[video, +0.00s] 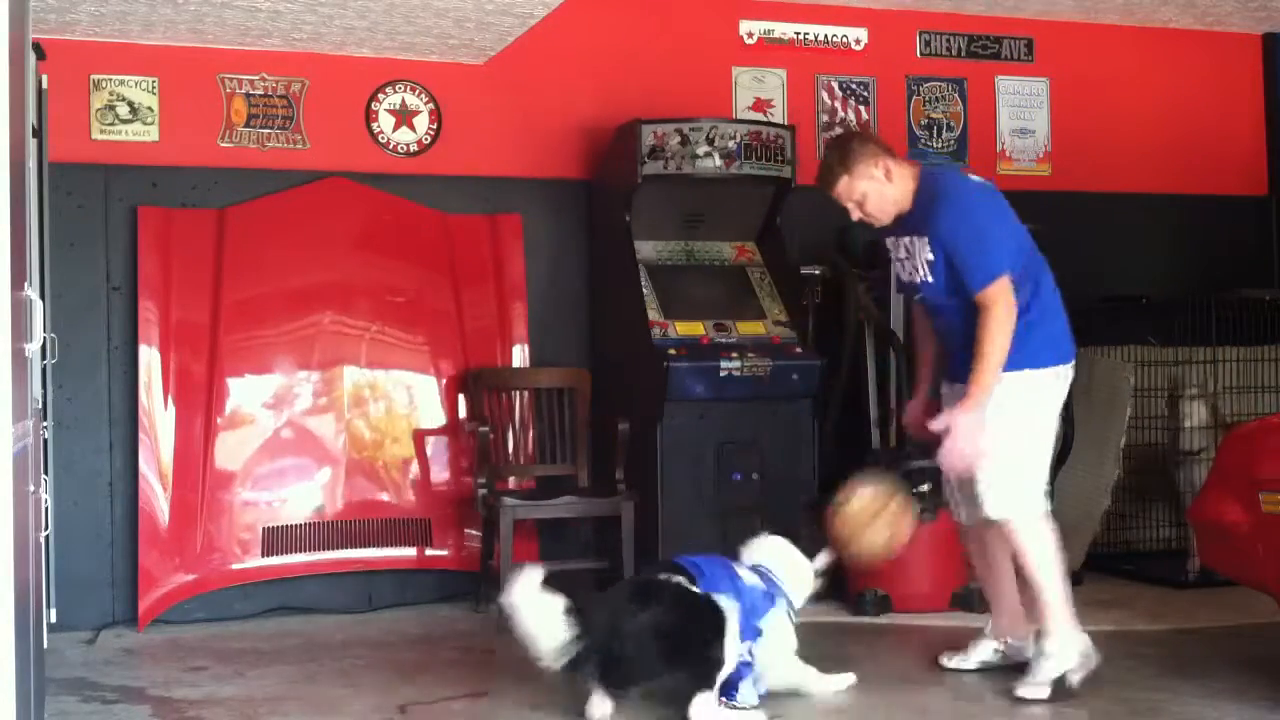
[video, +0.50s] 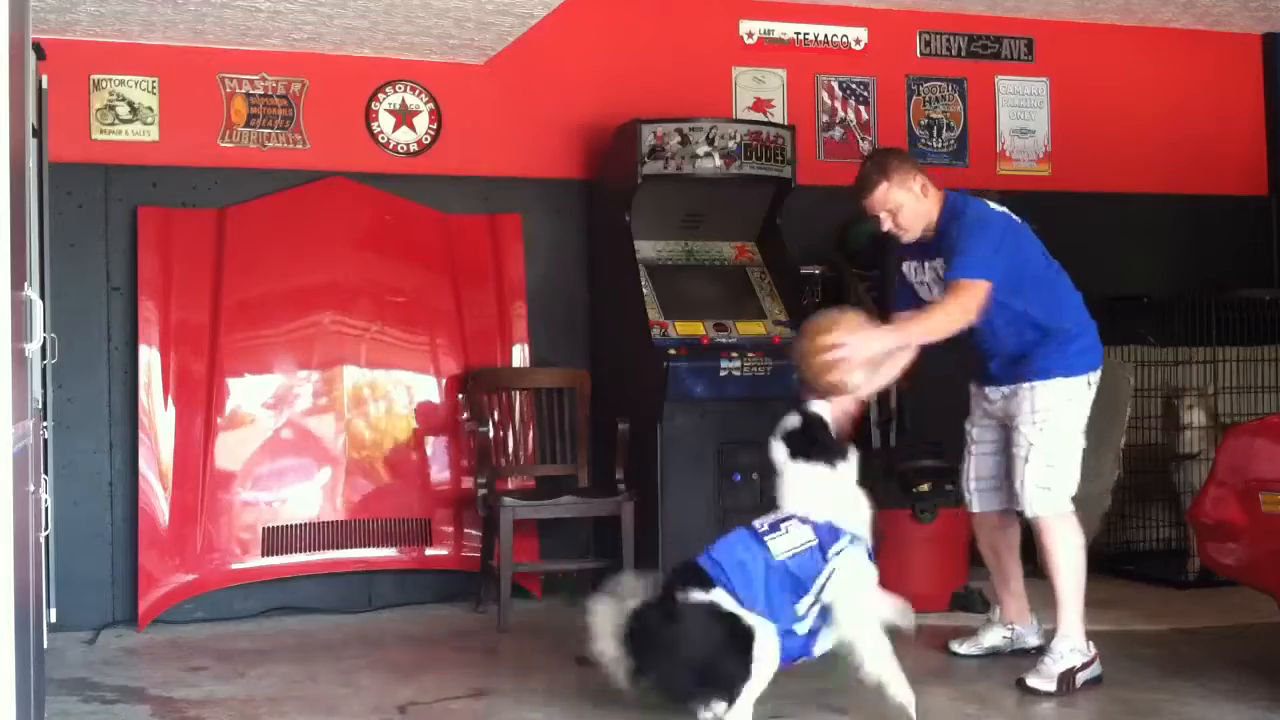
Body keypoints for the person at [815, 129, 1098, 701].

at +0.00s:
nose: (857, 216)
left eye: (857, 201)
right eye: (849, 208)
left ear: (883, 169)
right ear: (878, 175)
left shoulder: (957, 202)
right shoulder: (902, 219)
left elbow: (1000, 305)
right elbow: (928, 310)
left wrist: (973, 406)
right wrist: (924, 391)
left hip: (1028, 360)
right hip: (974, 365)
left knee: (1011, 494)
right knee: (970, 497)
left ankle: (1066, 640)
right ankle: (1010, 632)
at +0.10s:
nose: (865, 224)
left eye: (865, 209)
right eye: (856, 217)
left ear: (892, 177)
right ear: (890, 181)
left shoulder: (960, 224)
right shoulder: (918, 221)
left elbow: (1007, 328)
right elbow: (955, 322)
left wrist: (986, 420)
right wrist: (938, 396)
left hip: (1042, 365)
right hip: (984, 368)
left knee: (1047, 507)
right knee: (967, 491)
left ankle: (1077, 649)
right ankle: (1009, 620)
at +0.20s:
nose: (871, 231)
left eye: (872, 217)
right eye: (863, 224)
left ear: (901, 186)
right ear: (895, 192)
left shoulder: (979, 230)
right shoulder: (911, 234)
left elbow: (1034, 321)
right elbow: (962, 316)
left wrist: (1013, 400)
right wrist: (954, 387)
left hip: (1052, 366)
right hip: (985, 370)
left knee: (1065, 504)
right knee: (971, 489)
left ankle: (1079, 648)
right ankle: (1013, 617)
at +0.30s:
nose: (879, 231)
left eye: (881, 216)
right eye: (870, 223)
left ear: (910, 187)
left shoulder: (987, 226)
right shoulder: (909, 238)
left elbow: (1041, 313)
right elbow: (957, 310)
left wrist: (1012, 375)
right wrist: (933, 367)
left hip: (1048, 375)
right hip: (981, 380)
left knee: (1060, 510)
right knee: (983, 506)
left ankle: (1078, 650)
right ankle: (1015, 622)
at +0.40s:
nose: (883, 228)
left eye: (887, 213)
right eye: (875, 220)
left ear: (919, 185)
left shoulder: (986, 223)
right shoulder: (911, 242)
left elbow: (1018, 310)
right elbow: (924, 321)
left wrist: (949, 347)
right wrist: (912, 391)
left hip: (1042, 369)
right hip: (979, 378)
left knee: (1046, 502)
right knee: (983, 503)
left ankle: (1077, 644)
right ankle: (1015, 621)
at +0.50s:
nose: (886, 226)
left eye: (890, 211)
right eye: (877, 218)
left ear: (920, 185)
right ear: (876, 213)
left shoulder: (978, 224)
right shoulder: (910, 254)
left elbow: (964, 308)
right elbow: (905, 342)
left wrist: (882, 339)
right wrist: (855, 392)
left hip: (1055, 367)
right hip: (994, 374)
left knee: (1047, 500)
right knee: (988, 499)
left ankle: (1074, 644)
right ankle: (1016, 622)